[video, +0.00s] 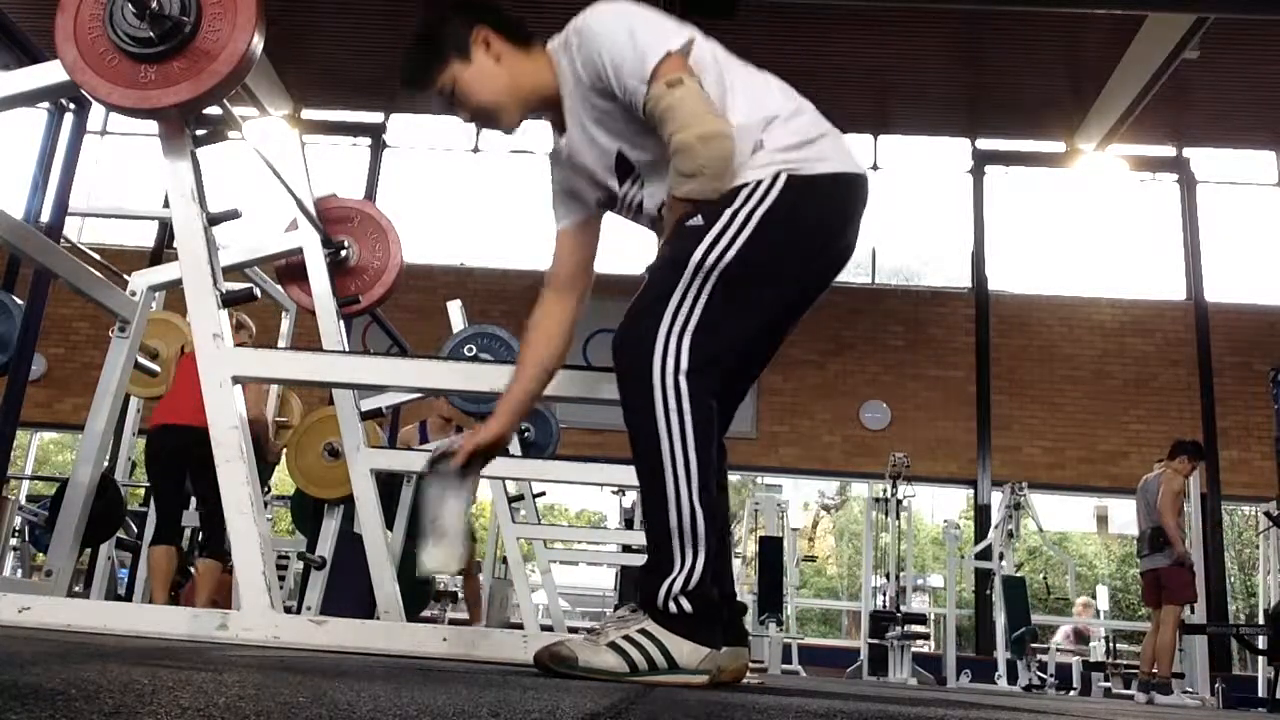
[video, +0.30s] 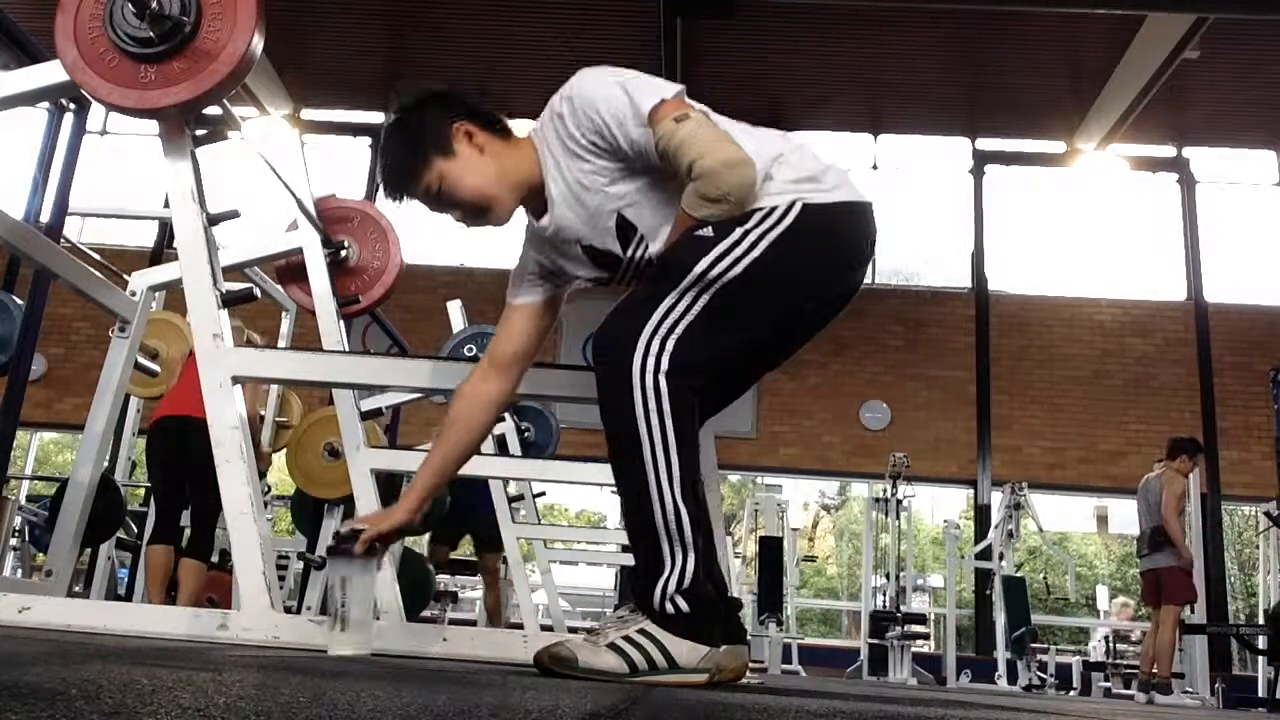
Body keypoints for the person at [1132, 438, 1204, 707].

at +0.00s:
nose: (1191, 473)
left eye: (1194, 468)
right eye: (1193, 467)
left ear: (1174, 459)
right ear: (1183, 460)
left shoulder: (1146, 480)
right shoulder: (1174, 479)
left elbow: (1145, 523)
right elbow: (1166, 515)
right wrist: (1180, 548)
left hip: (1149, 563)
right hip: (1170, 560)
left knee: (1156, 624)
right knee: (1169, 624)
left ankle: (1143, 684)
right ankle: (1163, 687)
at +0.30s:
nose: (1192, 471)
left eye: (1194, 466)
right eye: (1193, 465)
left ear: (1173, 458)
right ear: (1183, 459)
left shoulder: (1146, 480)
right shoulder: (1175, 480)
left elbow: (1146, 523)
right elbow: (1169, 517)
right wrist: (1185, 552)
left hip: (1148, 563)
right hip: (1170, 561)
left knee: (1156, 624)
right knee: (1168, 624)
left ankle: (1143, 685)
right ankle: (1163, 687)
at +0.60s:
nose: (1192, 469)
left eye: (1194, 464)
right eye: (1193, 463)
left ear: (1172, 457)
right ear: (1183, 458)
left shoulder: (1146, 480)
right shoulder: (1175, 480)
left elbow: (1147, 523)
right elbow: (1172, 518)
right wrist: (1187, 550)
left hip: (1148, 562)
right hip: (1170, 560)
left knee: (1156, 624)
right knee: (1168, 624)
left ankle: (1143, 685)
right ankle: (1163, 687)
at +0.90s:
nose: (1193, 470)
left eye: (1195, 466)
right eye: (1194, 465)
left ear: (1174, 459)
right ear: (1183, 459)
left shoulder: (1147, 480)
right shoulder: (1176, 480)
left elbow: (1147, 522)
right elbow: (1171, 518)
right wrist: (1186, 551)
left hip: (1148, 562)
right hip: (1170, 560)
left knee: (1155, 624)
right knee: (1168, 624)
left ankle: (1143, 686)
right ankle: (1163, 687)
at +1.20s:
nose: (1194, 472)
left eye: (1196, 467)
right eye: (1195, 466)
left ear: (1176, 459)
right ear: (1184, 459)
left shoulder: (1148, 480)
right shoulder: (1176, 480)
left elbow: (1149, 522)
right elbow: (1170, 518)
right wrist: (1188, 550)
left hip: (1148, 561)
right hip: (1169, 560)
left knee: (1155, 623)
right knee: (1167, 624)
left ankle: (1143, 685)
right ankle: (1163, 687)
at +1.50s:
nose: (1196, 472)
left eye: (1198, 467)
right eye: (1196, 466)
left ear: (1177, 459)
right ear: (1185, 459)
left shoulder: (1150, 480)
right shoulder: (1176, 480)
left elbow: (1151, 522)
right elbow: (1166, 517)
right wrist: (1185, 556)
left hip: (1149, 562)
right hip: (1170, 561)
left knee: (1156, 624)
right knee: (1167, 625)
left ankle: (1143, 684)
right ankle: (1163, 687)